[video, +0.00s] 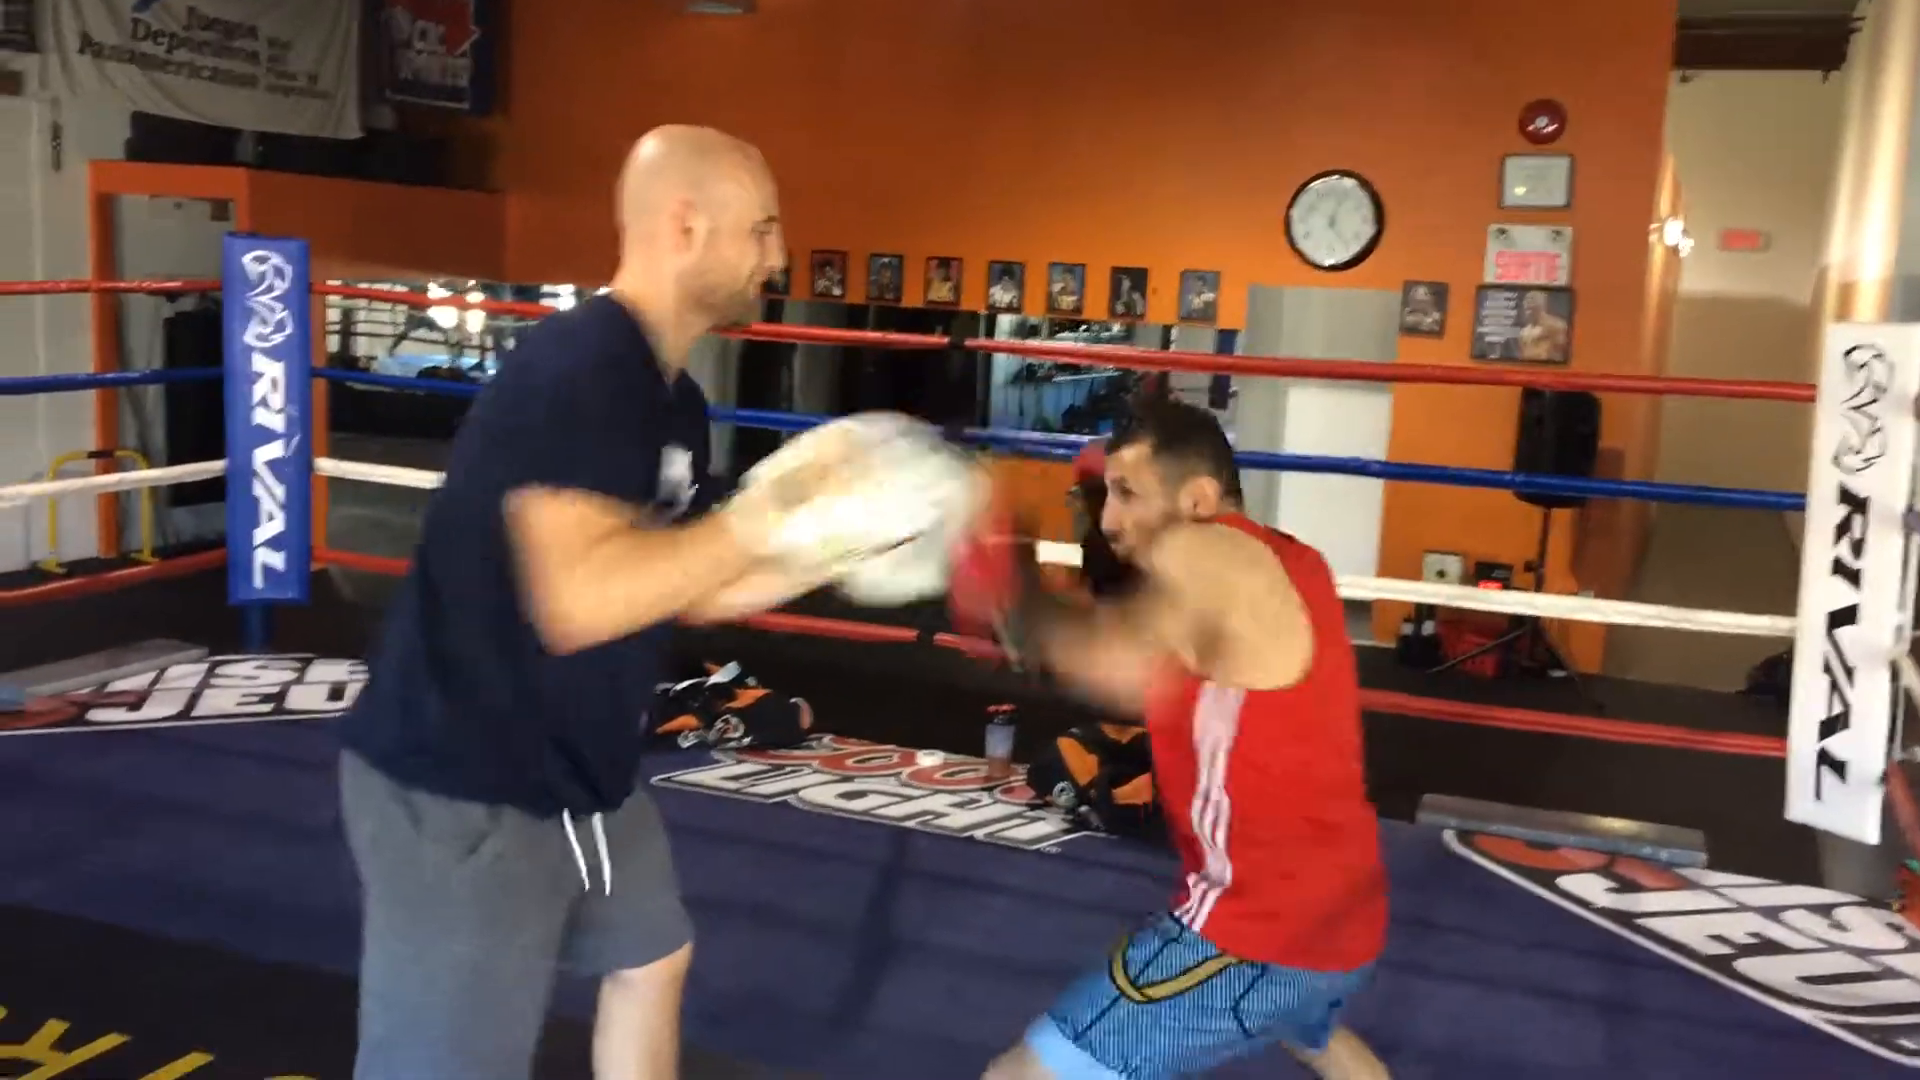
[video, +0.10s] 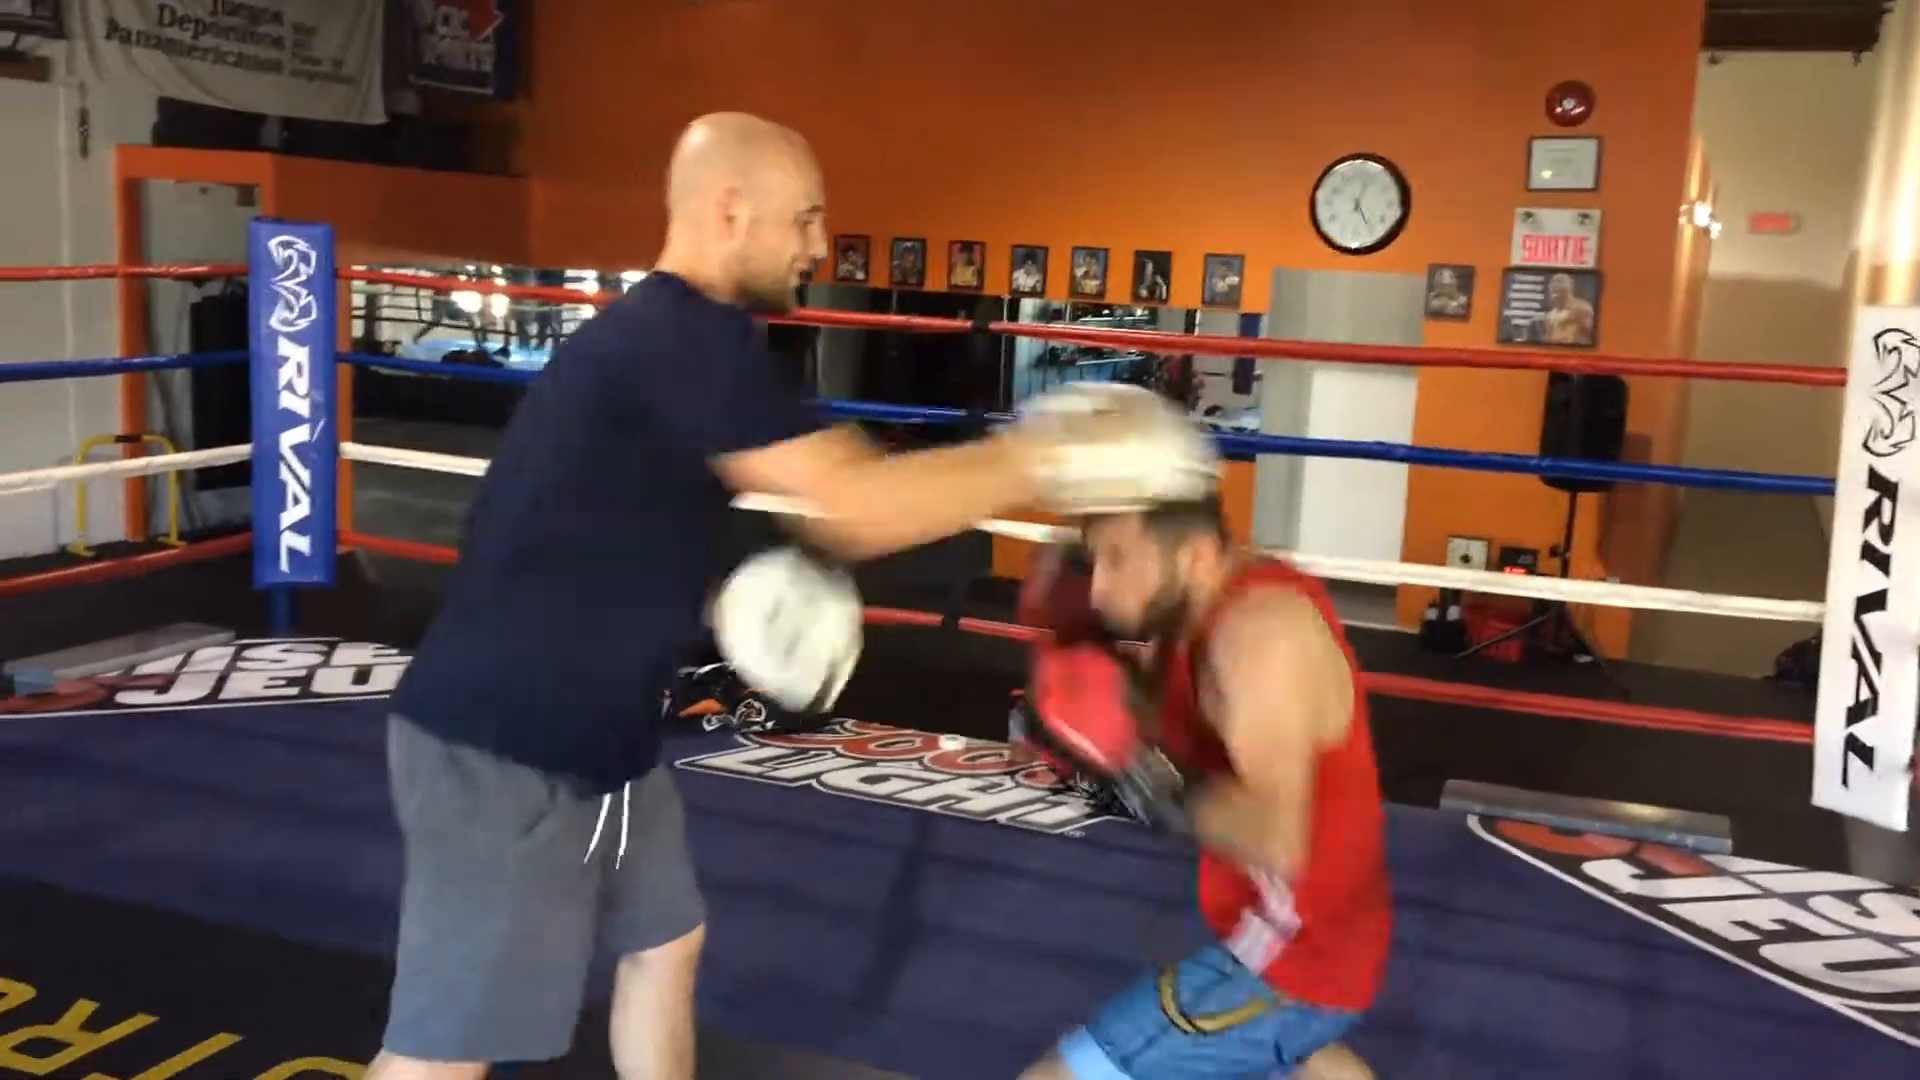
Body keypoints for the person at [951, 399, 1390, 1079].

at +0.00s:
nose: (1107, 517)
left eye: (1126, 495)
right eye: (1108, 493)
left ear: (1198, 498)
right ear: (1209, 503)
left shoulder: (1200, 555)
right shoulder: (1290, 560)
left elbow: (1118, 663)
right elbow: (1156, 683)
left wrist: (1015, 603)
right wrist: (1036, 618)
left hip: (1251, 933)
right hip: (1338, 924)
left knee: (1023, 1072)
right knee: (1317, 1036)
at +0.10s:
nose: (1098, 589)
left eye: (1116, 561)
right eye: (1094, 561)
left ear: (1197, 557)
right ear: (1200, 558)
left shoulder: (1262, 633)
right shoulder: (1207, 605)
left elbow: (1275, 837)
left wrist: (1136, 762)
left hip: (1296, 958)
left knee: (1056, 1074)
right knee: (1291, 1045)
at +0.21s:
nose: (1087, 660)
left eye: (1112, 641)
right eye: (1087, 632)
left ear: (1193, 639)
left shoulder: (1298, 697)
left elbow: (1339, 906)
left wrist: (1204, 859)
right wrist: (1084, 746)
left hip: (1314, 961)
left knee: (1082, 1073)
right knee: (1276, 1046)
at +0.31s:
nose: (1076, 635)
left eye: (1100, 618)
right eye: (1078, 609)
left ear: (1180, 624)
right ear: (1179, 622)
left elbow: (1363, 905)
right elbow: (1100, 747)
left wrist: (1219, 912)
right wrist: (1046, 728)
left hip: (1316, 967)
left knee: (1060, 1073)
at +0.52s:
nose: (1131, 458)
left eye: (1138, 441)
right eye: (1131, 439)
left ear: (1196, 455)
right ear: (1262, 431)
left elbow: (1013, 658)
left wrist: (914, 573)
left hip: (1244, 894)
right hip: (1378, 871)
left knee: (1031, 1059)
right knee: (1405, 987)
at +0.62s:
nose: (1134, 428)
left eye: (1146, 410)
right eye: (1136, 406)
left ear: (1208, 426)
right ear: (1269, 411)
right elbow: (1368, 625)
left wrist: (990, 652)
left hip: (1240, 868)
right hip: (1369, 846)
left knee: (1028, 1050)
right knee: (1413, 1022)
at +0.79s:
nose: (1109, 455)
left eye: (1122, 433)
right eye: (1108, 430)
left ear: (1200, 438)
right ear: (1216, 432)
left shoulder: (1250, 532)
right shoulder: (1323, 461)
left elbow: (1175, 750)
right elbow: (1185, 559)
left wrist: (1057, 625)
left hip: (1290, 884)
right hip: (1386, 855)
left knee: (1044, 1035)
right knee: (1395, 1006)